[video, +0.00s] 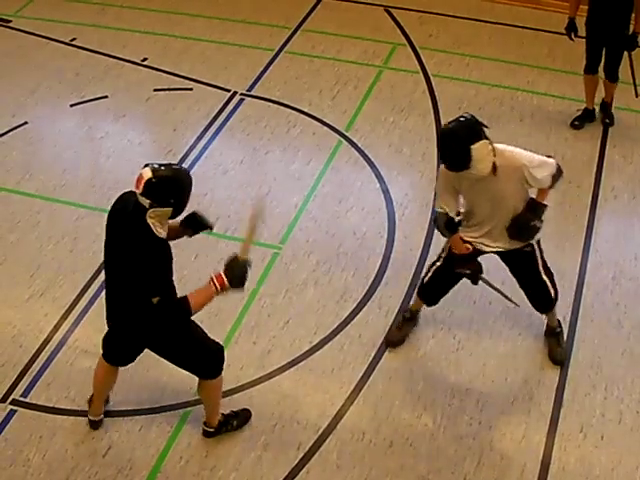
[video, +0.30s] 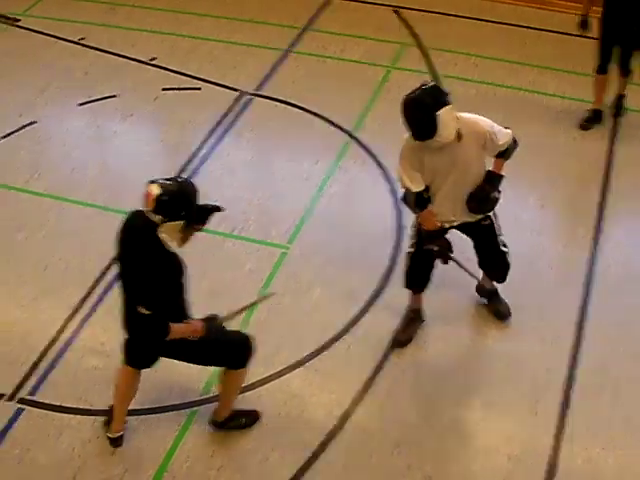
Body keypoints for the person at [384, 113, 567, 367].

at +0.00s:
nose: (481, 169)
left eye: (480, 162)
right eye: (473, 166)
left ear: (484, 149)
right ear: (459, 163)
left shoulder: (514, 160)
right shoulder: (450, 173)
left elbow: (552, 171)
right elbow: (442, 213)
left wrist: (535, 210)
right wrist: (453, 238)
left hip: (515, 240)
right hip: (471, 238)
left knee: (542, 293)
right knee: (434, 284)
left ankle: (553, 325)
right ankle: (412, 313)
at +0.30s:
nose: (430, 141)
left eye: (433, 135)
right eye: (423, 137)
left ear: (443, 120)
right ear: (414, 131)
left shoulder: (474, 127)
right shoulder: (412, 151)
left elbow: (508, 142)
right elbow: (416, 199)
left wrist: (492, 182)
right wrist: (435, 236)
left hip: (475, 211)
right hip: (434, 217)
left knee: (498, 265)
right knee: (416, 269)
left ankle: (486, 287)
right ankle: (414, 311)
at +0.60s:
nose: (459, 141)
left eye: (466, 137)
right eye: (455, 136)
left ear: (482, 127)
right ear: (450, 124)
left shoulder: (501, 140)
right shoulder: (438, 141)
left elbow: (516, 166)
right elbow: (407, 190)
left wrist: (496, 197)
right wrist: (428, 230)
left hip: (472, 221)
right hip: (434, 220)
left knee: (482, 255)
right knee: (431, 286)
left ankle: (446, 243)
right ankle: (446, 327)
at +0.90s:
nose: (482, 151)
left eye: (484, 146)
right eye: (481, 145)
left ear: (466, 129)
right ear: (475, 142)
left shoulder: (466, 154)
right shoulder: (435, 155)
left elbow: (457, 182)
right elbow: (398, 166)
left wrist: (445, 200)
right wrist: (375, 197)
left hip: (429, 204)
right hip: (403, 215)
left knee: (464, 222)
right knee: (431, 282)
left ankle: (428, 232)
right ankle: (421, 334)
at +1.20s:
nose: (439, 106)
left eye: (441, 100)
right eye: (437, 99)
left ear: (420, 91)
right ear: (426, 95)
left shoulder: (423, 119)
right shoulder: (391, 120)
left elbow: (411, 153)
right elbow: (357, 168)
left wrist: (411, 180)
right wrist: (348, 203)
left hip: (399, 182)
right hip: (372, 191)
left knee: (423, 206)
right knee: (385, 253)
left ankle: (412, 242)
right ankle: (377, 301)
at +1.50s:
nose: (348, 89)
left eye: (347, 84)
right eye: (344, 84)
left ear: (330, 85)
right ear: (332, 87)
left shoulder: (345, 111)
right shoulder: (315, 117)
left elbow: (350, 150)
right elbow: (310, 170)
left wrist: (365, 174)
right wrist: (319, 212)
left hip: (348, 183)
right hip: (319, 193)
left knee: (383, 209)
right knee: (294, 251)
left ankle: (399, 245)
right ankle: (252, 265)